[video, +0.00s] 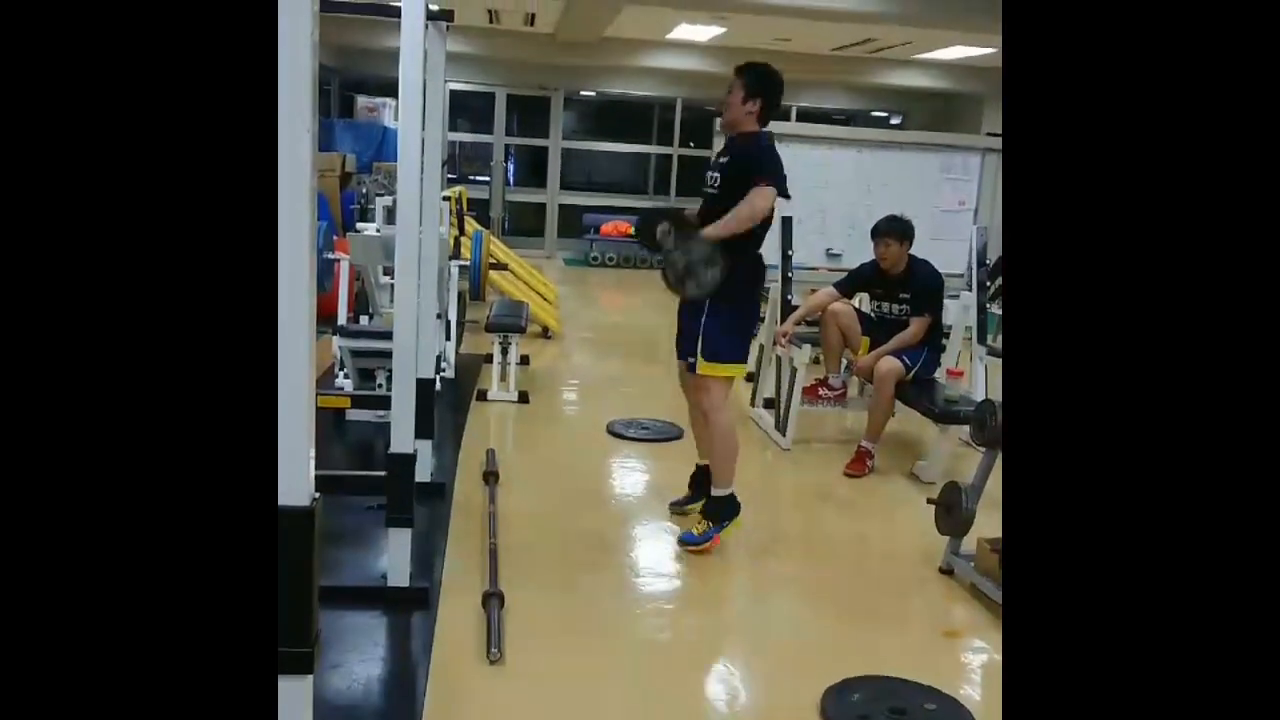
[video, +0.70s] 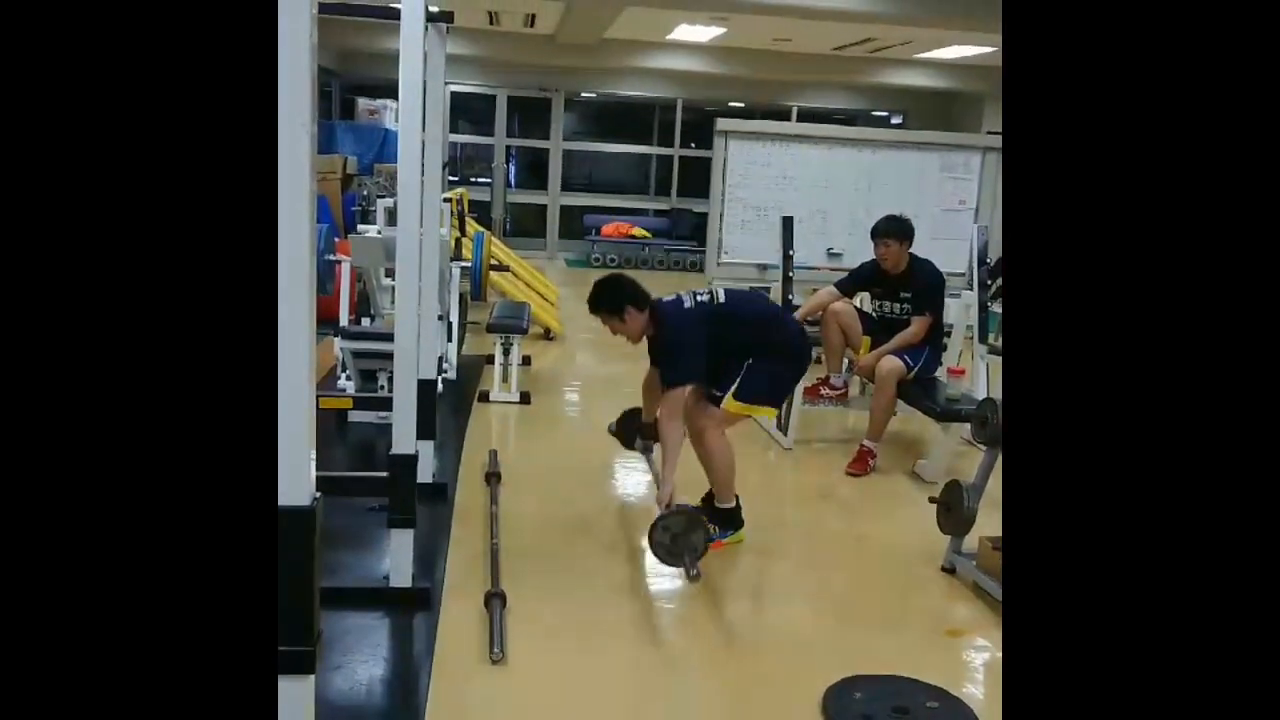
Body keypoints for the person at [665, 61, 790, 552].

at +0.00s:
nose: (723, 101)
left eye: (731, 94)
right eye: (726, 93)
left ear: (753, 104)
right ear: (747, 103)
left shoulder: (760, 151)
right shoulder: (727, 151)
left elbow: (759, 207)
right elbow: (716, 209)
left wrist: (700, 237)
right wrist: (681, 228)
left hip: (733, 286)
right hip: (705, 280)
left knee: (711, 391)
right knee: (692, 383)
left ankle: (724, 505)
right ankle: (707, 477)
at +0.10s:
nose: (700, 120)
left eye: (709, 114)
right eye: (704, 113)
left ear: (731, 127)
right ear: (727, 128)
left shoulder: (740, 174)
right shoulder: (718, 174)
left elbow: (723, 246)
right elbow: (699, 237)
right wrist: (679, 282)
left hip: (738, 307)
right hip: (717, 302)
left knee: (706, 406)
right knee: (696, 401)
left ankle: (723, 512)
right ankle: (716, 495)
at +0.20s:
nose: (657, 158)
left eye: (665, 150)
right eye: (661, 149)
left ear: (687, 161)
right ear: (685, 162)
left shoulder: (705, 212)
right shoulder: (686, 208)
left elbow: (711, 289)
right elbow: (685, 269)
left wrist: (712, 355)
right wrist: (684, 309)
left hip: (746, 331)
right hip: (722, 324)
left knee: (694, 411)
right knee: (685, 406)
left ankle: (724, 516)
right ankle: (716, 499)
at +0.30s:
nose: (625, 193)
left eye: (629, 184)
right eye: (625, 184)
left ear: (653, 183)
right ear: (654, 183)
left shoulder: (692, 223)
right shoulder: (677, 221)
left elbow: (705, 295)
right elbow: (685, 284)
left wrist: (710, 358)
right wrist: (687, 322)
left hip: (760, 324)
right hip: (733, 320)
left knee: (715, 410)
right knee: (696, 400)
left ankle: (727, 517)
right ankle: (718, 497)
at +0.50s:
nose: (612, 251)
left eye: (610, 243)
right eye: (607, 245)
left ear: (629, 231)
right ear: (632, 227)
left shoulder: (678, 250)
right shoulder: (666, 245)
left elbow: (687, 323)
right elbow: (670, 309)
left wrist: (690, 396)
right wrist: (668, 354)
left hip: (773, 318)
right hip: (750, 318)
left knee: (739, 416)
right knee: (723, 403)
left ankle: (730, 518)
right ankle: (722, 497)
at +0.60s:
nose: (614, 294)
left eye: (612, 285)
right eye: (608, 287)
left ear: (630, 272)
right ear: (632, 270)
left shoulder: (675, 290)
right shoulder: (665, 281)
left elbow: (682, 376)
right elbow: (662, 341)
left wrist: (678, 448)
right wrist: (658, 388)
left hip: (779, 327)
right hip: (755, 326)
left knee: (729, 413)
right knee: (713, 401)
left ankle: (730, 519)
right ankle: (724, 506)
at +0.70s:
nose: (614, 333)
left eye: (613, 324)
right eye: (609, 327)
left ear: (630, 311)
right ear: (633, 309)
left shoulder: (675, 331)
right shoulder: (661, 322)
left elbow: (671, 415)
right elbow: (655, 381)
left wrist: (667, 482)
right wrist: (649, 423)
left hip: (781, 352)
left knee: (703, 421)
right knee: (695, 406)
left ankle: (727, 517)